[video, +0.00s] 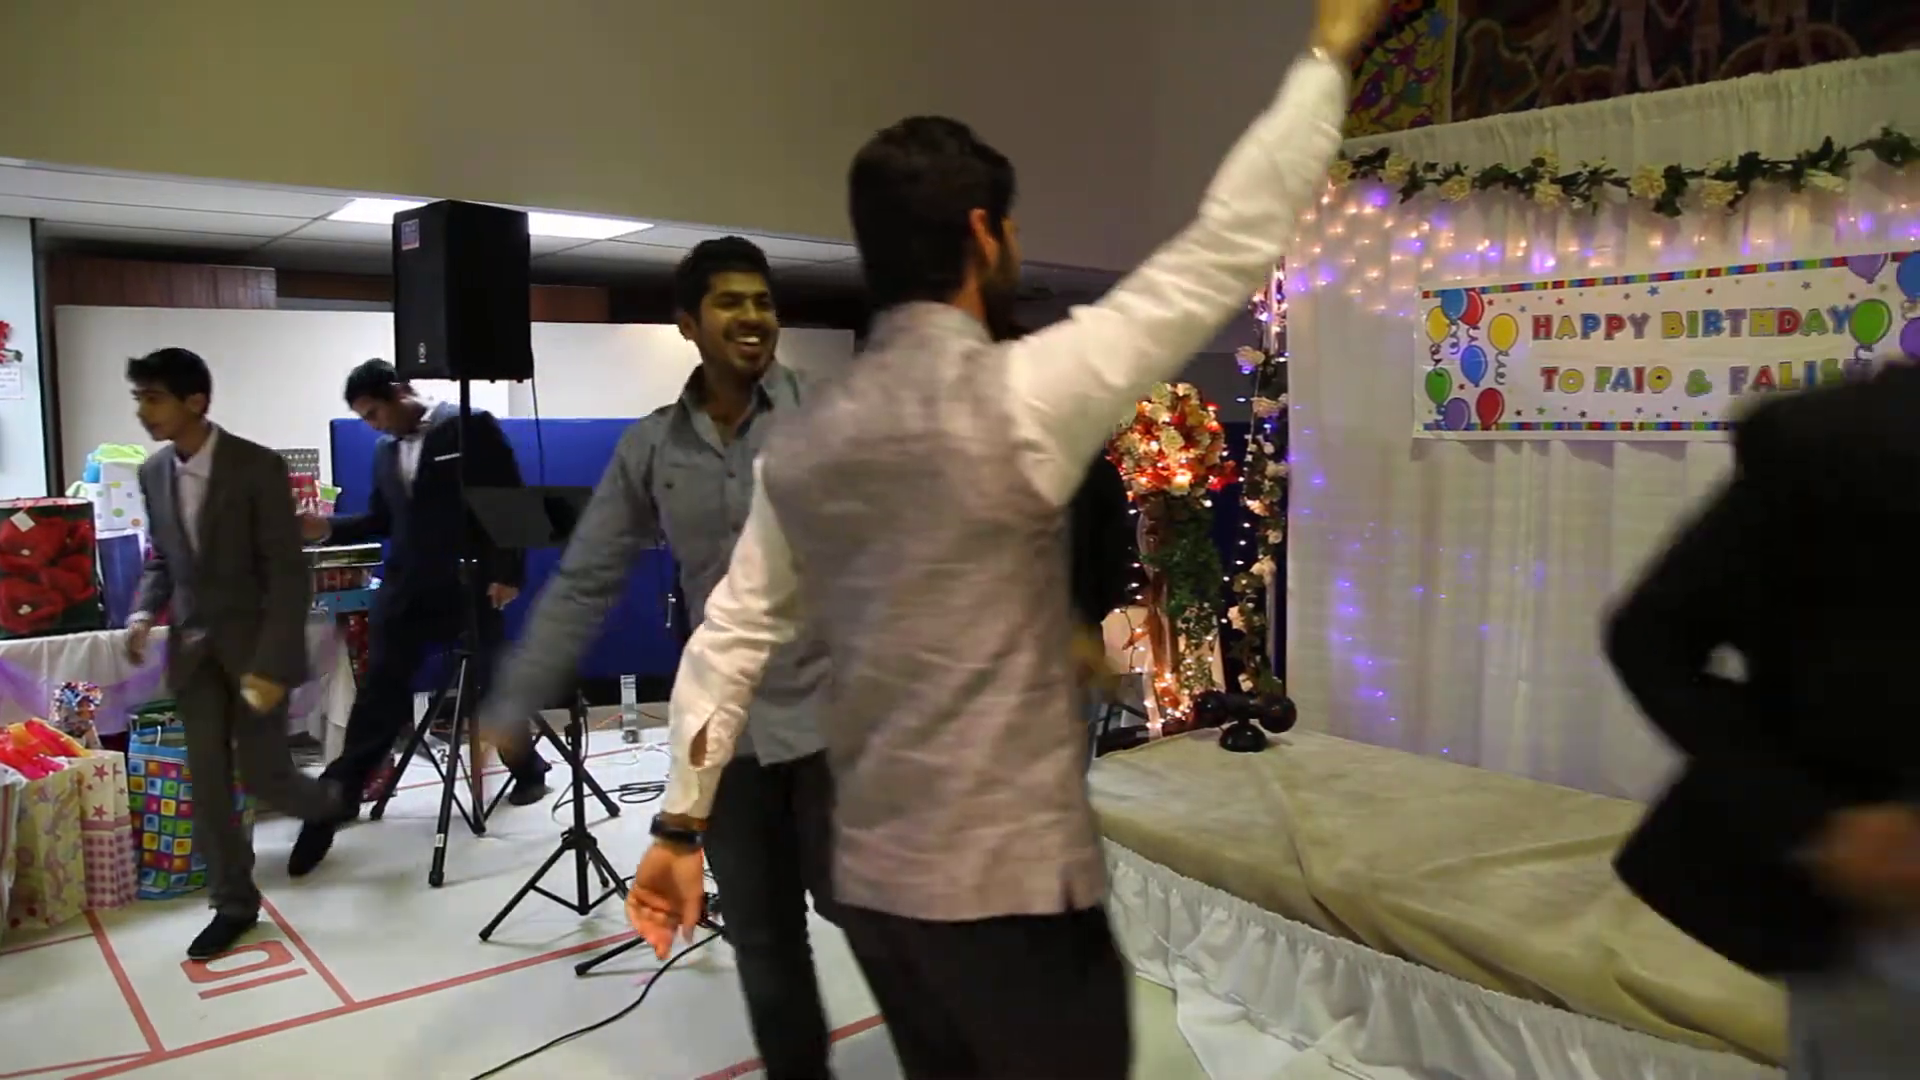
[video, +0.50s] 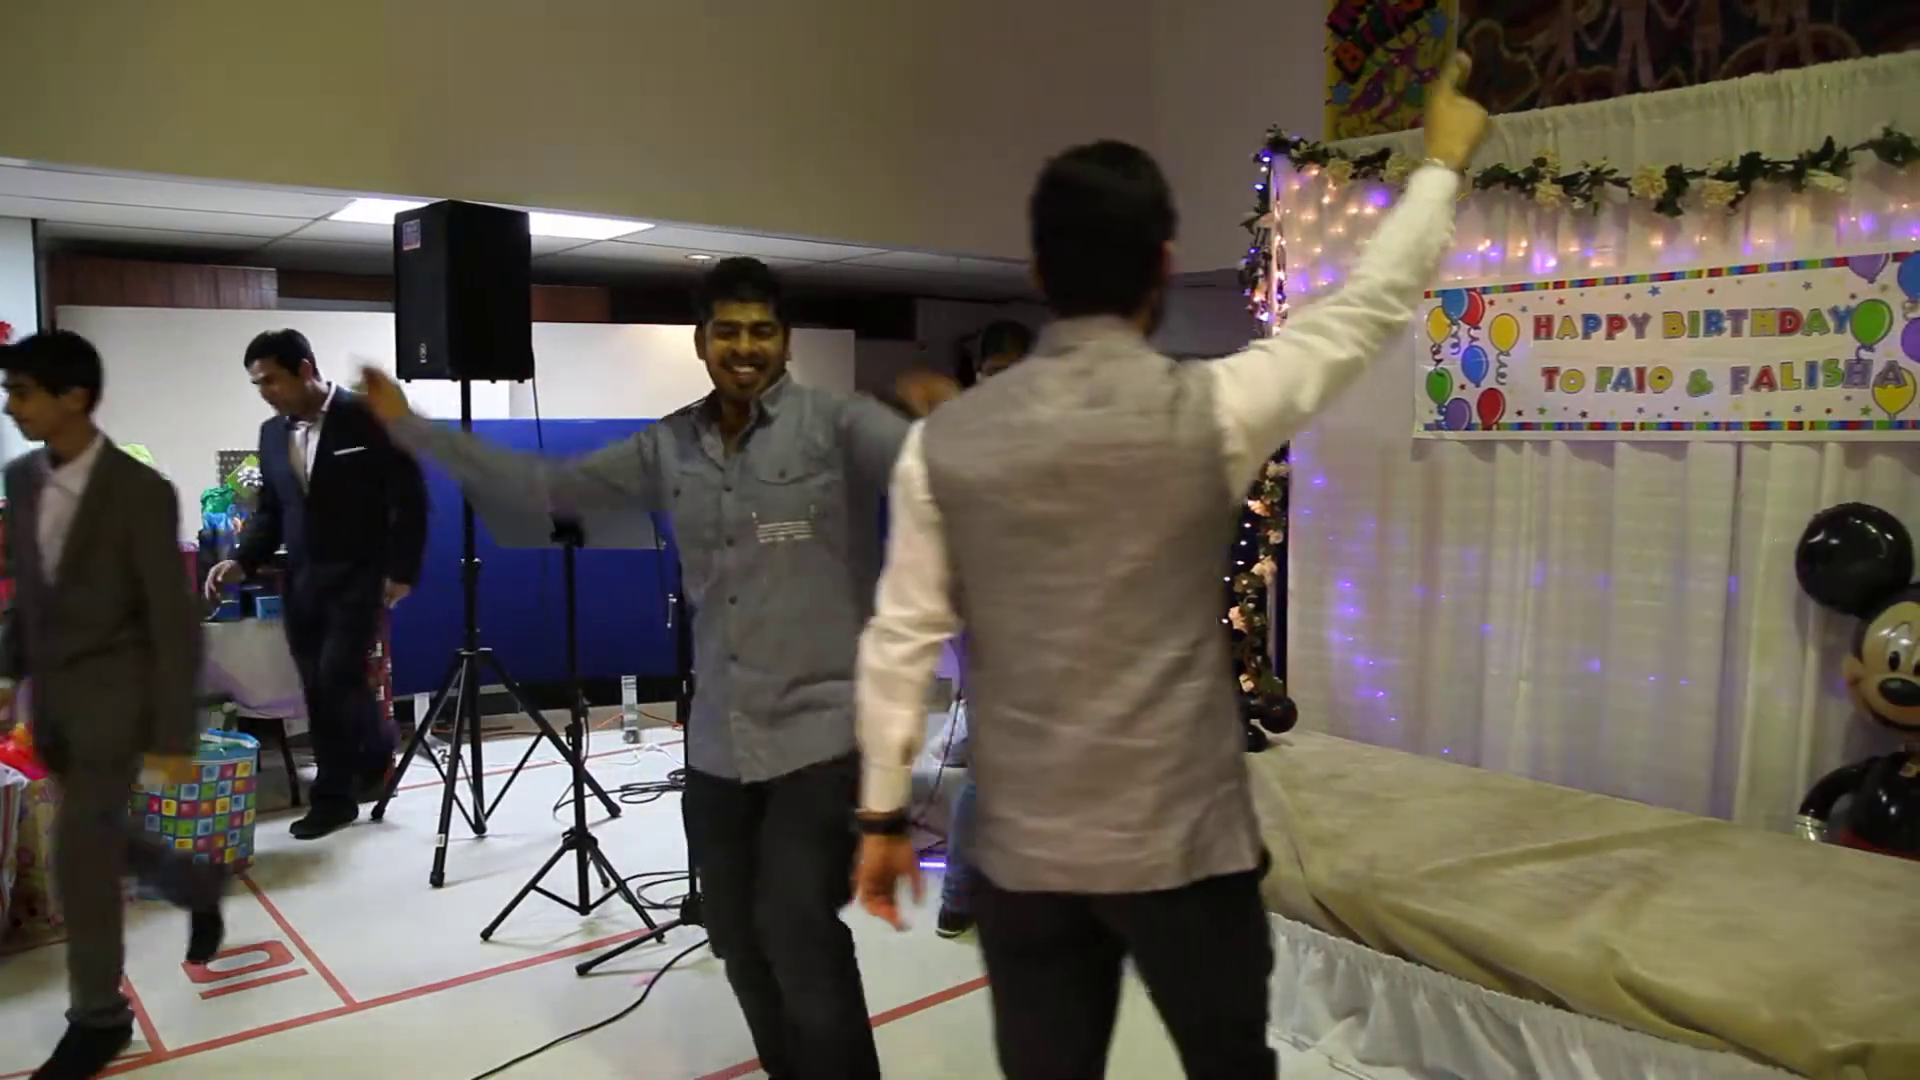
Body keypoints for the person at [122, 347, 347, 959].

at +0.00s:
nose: (141, 411)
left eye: (152, 399)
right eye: (138, 400)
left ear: (194, 400)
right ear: (155, 404)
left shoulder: (258, 466)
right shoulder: (154, 474)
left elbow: (290, 572)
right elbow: (162, 561)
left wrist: (274, 665)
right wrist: (145, 613)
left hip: (253, 646)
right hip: (193, 649)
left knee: (264, 775)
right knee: (209, 782)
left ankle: (328, 807)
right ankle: (236, 904)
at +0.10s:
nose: (118, 399)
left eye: (129, 387)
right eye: (116, 387)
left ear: (174, 389)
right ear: (139, 394)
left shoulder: (241, 458)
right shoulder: (129, 466)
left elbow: (281, 565)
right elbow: (137, 553)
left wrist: (284, 662)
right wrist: (116, 603)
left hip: (231, 644)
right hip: (168, 647)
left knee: (215, 773)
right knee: (196, 783)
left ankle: (283, 836)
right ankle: (234, 903)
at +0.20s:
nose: (95, 393)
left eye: (107, 381)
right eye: (94, 381)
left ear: (153, 386)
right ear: (122, 388)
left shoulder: (221, 459)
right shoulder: (105, 462)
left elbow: (276, 565)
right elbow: (108, 553)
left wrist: (282, 664)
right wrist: (90, 603)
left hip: (213, 640)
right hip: (147, 645)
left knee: (183, 771)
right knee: (181, 777)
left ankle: (229, 911)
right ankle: (230, 897)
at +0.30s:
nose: (70, 401)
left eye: (82, 388)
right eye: (67, 388)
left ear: (130, 393)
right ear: (96, 396)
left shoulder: (200, 473)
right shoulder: (81, 471)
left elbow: (258, 578)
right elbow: (81, 566)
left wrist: (270, 684)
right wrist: (63, 623)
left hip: (188, 666)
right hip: (126, 669)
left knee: (167, 811)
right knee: (179, 799)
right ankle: (238, 899)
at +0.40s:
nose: (45, 409)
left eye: (57, 397)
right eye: (43, 396)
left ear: (108, 401)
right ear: (64, 404)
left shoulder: (173, 489)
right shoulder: (56, 481)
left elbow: (218, 601)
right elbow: (54, 586)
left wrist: (237, 710)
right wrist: (33, 649)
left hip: (155, 690)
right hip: (95, 691)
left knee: (123, 841)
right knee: (163, 812)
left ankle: (106, 1010)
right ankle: (230, 895)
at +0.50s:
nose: (10, 405)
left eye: (23, 392)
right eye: (10, 391)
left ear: (74, 398)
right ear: (46, 401)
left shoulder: (142, 491)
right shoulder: (25, 482)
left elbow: (175, 614)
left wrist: (175, 731)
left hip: (119, 690)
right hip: (52, 694)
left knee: (80, 847)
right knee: (96, 831)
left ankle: (100, 1017)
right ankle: (199, 884)